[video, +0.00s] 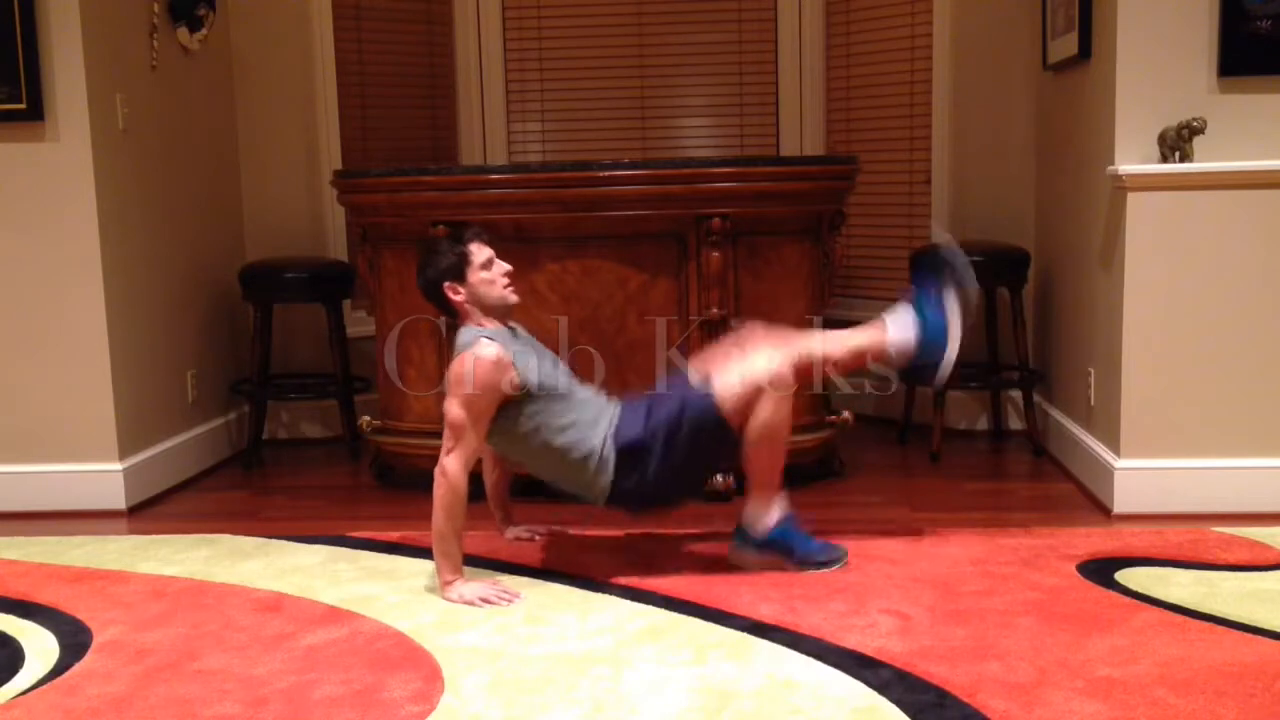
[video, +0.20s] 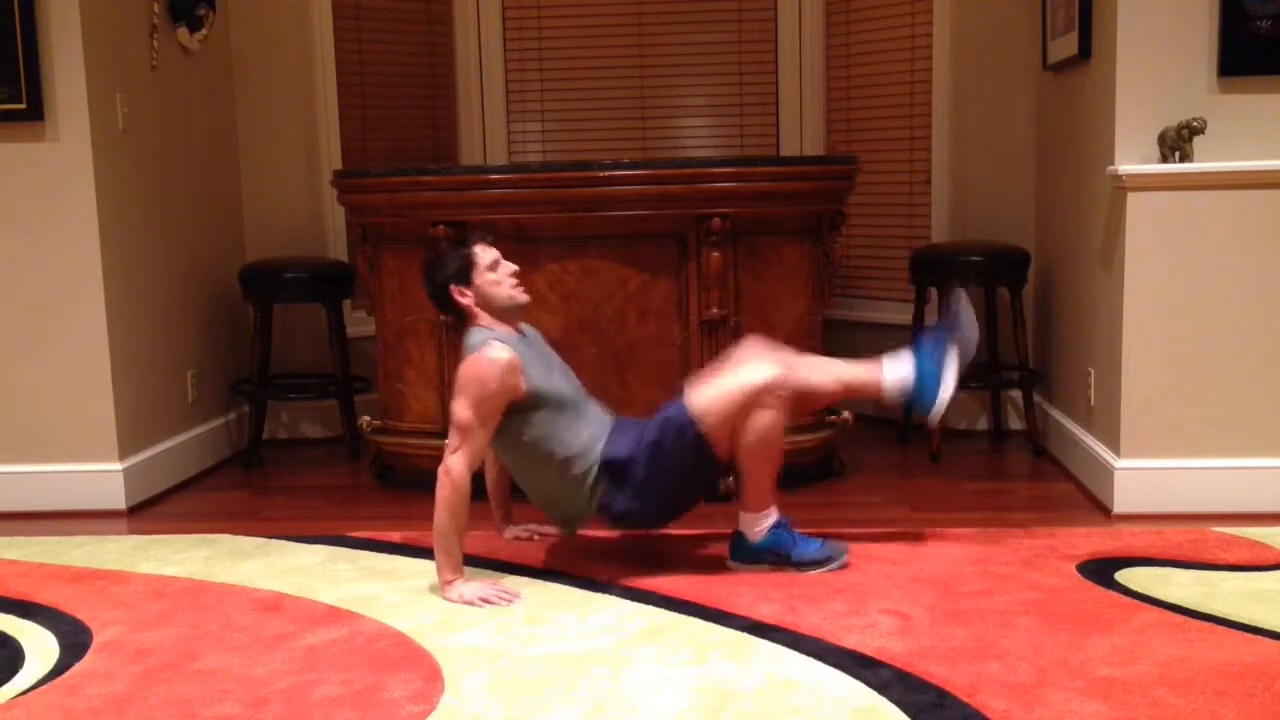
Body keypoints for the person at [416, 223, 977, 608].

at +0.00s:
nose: (505, 271)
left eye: (499, 262)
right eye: (489, 267)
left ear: (481, 283)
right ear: (456, 293)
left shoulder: (500, 338)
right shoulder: (478, 360)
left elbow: (488, 439)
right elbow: (450, 465)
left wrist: (501, 517)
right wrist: (448, 577)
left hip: (633, 428)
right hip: (626, 460)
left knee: (758, 341)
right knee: (767, 372)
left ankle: (905, 333)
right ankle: (762, 525)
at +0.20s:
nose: (512, 271)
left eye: (506, 262)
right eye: (496, 268)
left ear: (490, 285)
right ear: (465, 295)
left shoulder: (511, 337)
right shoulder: (487, 360)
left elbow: (492, 438)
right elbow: (454, 465)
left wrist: (502, 520)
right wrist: (450, 578)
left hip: (632, 453)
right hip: (623, 481)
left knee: (759, 356)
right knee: (759, 374)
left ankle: (901, 376)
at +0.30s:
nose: (501, 269)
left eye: (495, 260)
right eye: (484, 265)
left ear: (478, 280)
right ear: (451, 290)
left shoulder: (495, 335)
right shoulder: (472, 357)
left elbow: (489, 437)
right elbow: (449, 464)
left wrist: (499, 520)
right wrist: (449, 576)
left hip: (646, 408)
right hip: (639, 448)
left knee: (763, 312)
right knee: (795, 368)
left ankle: (865, 422)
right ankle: (771, 520)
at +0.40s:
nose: (494, 270)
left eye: (489, 261)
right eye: (478, 265)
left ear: (461, 285)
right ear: (446, 290)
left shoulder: (489, 337)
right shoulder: (468, 356)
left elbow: (491, 437)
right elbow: (450, 464)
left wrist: (502, 518)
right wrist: (450, 575)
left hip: (646, 395)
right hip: (646, 421)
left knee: (779, 324)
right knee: (775, 311)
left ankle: (794, 467)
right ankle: (861, 451)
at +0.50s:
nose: (499, 269)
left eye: (493, 260)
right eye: (483, 265)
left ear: (475, 283)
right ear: (451, 292)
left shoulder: (498, 340)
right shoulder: (472, 360)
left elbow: (489, 438)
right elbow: (448, 466)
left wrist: (499, 518)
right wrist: (449, 576)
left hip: (637, 423)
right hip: (630, 440)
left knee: (786, 354)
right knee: (763, 320)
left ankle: (754, 492)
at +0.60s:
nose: (513, 274)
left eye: (505, 265)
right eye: (496, 271)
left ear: (494, 289)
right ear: (468, 301)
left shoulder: (514, 342)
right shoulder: (491, 366)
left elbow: (493, 436)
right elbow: (455, 466)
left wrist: (500, 521)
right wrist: (446, 578)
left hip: (635, 440)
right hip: (628, 482)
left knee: (756, 367)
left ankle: (735, 522)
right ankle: (906, 308)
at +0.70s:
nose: (512, 270)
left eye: (505, 262)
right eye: (496, 268)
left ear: (491, 285)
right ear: (466, 297)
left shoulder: (510, 342)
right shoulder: (492, 365)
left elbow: (491, 441)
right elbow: (455, 466)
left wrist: (500, 520)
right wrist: (449, 577)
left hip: (632, 449)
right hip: (632, 482)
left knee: (764, 371)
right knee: (769, 376)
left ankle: (738, 515)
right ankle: (921, 336)